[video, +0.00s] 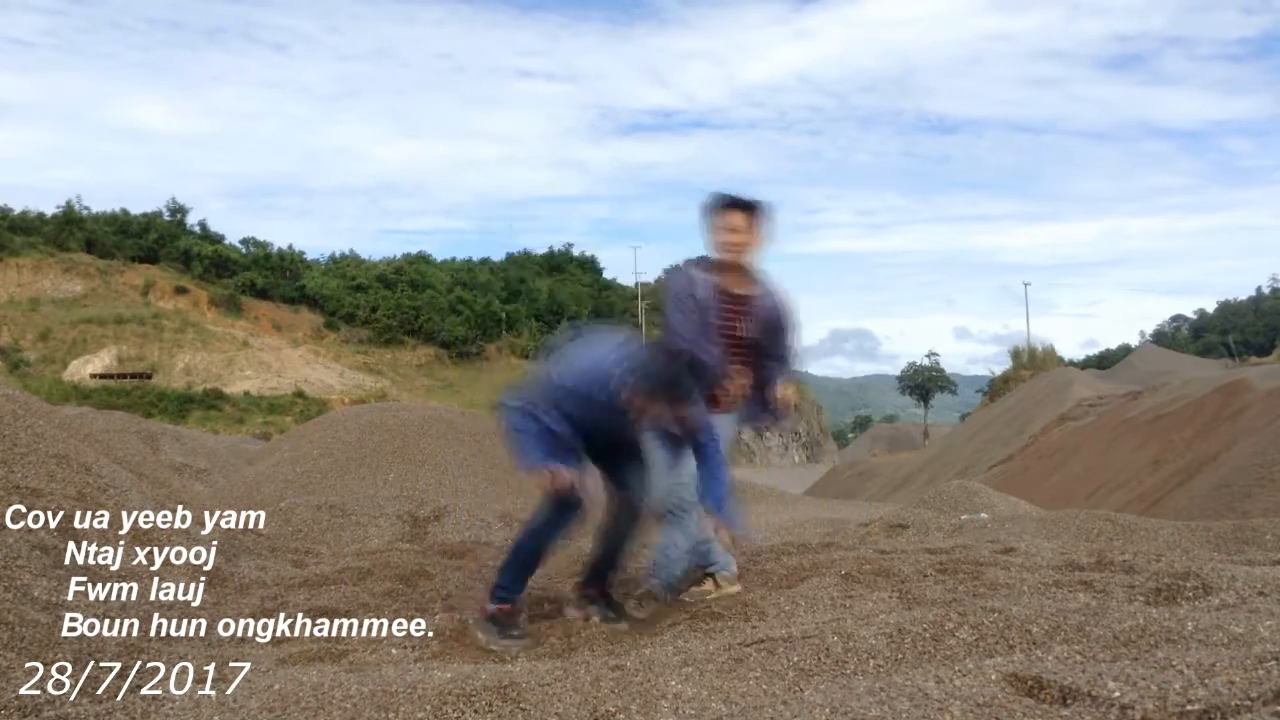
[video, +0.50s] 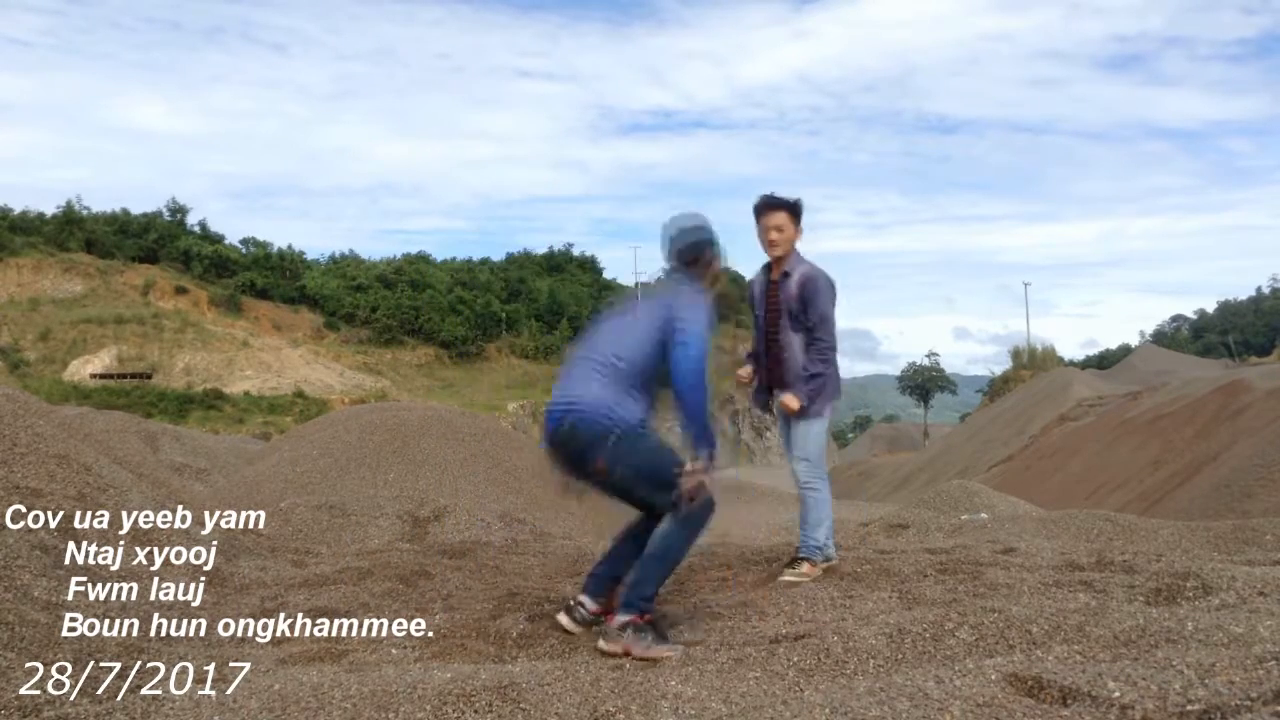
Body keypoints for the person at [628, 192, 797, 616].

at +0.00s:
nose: (732, 239)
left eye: (741, 232)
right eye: (724, 230)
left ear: (755, 237)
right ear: (710, 234)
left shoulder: (767, 301)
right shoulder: (686, 279)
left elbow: (773, 358)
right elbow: (682, 338)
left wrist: (777, 386)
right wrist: (719, 373)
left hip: (724, 409)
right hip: (671, 399)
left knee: (692, 493)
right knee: (668, 489)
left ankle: (663, 581)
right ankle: (718, 566)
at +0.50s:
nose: (771, 237)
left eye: (780, 229)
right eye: (765, 230)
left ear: (797, 231)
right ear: (758, 234)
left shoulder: (813, 280)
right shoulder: (758, 283)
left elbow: (824, 347)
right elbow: (764, 337)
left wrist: (803, 392)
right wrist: (753, 364)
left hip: (812, 391)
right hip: (782, 391)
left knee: (808, 471)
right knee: (805, 471)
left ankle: (813, 554)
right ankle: (822, 547)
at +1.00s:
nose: (786, 251)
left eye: (792, 242)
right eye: (784, 244)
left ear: (815, 242)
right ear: (798, 246)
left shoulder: (815, 283)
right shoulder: (808, 283)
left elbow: (809, 343)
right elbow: (800, 342)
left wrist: (783, 386)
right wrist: (781, 384)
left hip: (811, 392)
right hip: (810, 393)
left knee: (797, 467)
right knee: (808, 468)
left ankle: (809, 549)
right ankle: (821, 544)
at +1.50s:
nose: (684, 495)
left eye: (682, 491)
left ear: (682, 486)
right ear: (699, 476)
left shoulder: (687, 493)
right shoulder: (719, 480)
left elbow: (697, 523)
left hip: (727, 507)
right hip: (752, 490)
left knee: (734, 544)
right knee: (780, 515)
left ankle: (775, 545)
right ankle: (823, 535)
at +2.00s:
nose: (674, 458)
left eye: (675, 453)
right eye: (673, 454)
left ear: (688, 448)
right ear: (703, 448)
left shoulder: (679, 468)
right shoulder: (731, 461)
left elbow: (662, 507)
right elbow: (756, 489)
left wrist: (651, 543)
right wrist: (770, 513)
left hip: (708, 508)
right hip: (742, 498)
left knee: (728, 542)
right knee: (769, 524)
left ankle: (754, 542)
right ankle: (795, 543)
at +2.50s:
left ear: (698, 506)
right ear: (725, 505)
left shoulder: (691, 517)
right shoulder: (738, 510)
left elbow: (652, 534)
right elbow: (752, 512)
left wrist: (675, 543)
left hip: (713, 531)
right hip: (744, 520)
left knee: (725, 545)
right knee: (767, 540)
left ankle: (740, 540)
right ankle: (793, 541)